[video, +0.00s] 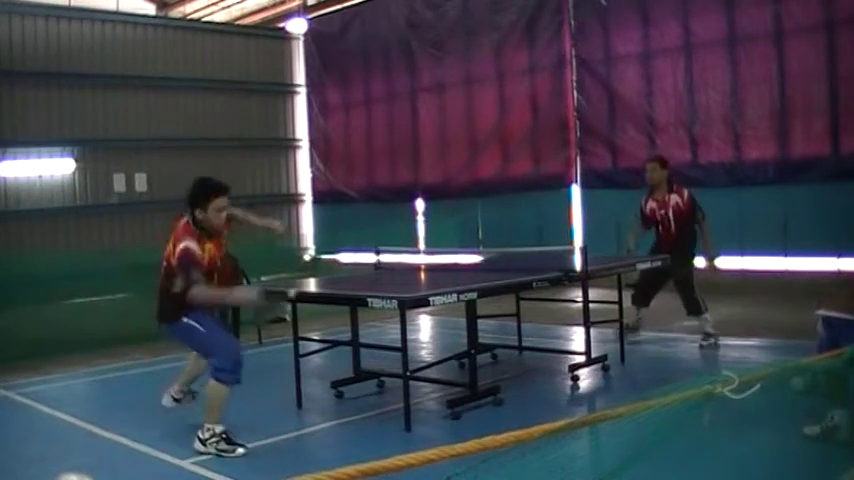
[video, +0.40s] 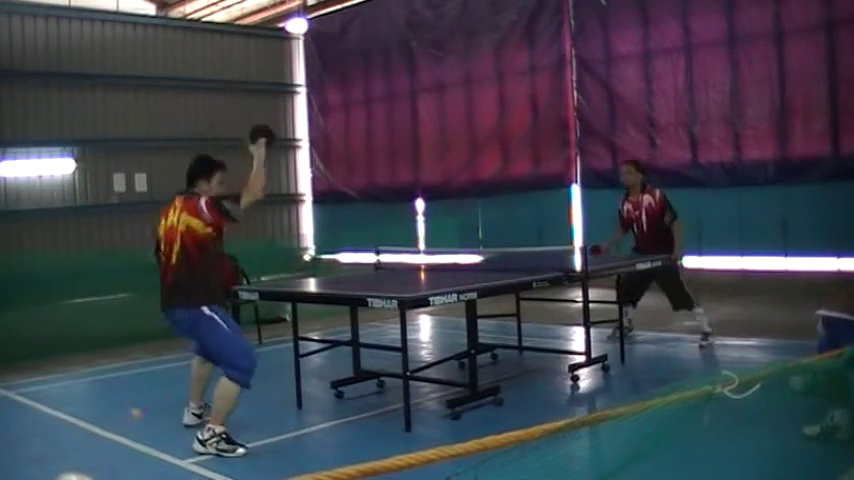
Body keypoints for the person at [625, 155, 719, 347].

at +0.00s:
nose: (649, 176)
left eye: (654, 171)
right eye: (647, 172)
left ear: (665, 172)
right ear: (646, 175)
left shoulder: (683, 195)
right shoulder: (648, 201)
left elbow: (701, 222)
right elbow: (644, 226)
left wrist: (708, 253)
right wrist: (633, 247)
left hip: (682, 251)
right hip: (660, 252)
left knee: (687, 291)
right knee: (643, 286)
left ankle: (708, 331)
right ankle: (637, 321)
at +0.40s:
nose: (624, 178)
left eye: (629, 173)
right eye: (622, 174)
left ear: (640, 175)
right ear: (621, 178)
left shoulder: (656, 196)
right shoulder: (626, 202)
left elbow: (674, 222)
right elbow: (622, 229)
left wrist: (677, 249)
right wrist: (607, 244)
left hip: (663, 254)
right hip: (641, 255)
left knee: (679, 293)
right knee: (625, 288)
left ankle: (705, 328)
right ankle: (625, 323)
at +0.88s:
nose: (643, 161)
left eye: (647, 157)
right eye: (640, 157)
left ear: (656, 159)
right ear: (637, 159)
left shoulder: (668, 185)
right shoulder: (632, 186)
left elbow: (676, 214)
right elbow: (629, 216)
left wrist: (660, 229)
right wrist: (626, 244)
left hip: (659, 245)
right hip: (636, 243)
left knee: (663, 285)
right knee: (630, 283)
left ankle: (674, 322)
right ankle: (626, 322)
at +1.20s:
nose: (663, 157)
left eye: (668, 153)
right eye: (662, 153)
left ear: (677, 157)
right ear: (660, 156)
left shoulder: (687, 183)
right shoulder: (655, 183)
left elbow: (691, 211)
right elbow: (649, 211)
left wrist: (670, 218)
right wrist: (643, 235)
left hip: (676, 238)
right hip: (654, 236)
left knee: (674, 277)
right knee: (648, 274)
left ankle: (676, 322)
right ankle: (648, 315)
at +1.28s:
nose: (668, 157)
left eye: (673, 153)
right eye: (667, 153)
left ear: (683, 157)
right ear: (665, 156)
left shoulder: (691, 183)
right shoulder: (658, 182)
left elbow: (696, 211)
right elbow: (651, 210)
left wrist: (676, 216)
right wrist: (643, 236)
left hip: (679, 239)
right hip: (658, 237)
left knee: (676, 277)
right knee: (656, 275)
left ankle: (676, 319)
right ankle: (663, 311)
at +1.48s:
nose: (676, 159)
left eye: (681, 155)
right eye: (674, 155)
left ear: (689, 158)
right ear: (670, 158)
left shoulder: (700, 184)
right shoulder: (665, 184)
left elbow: (706, 211)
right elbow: (657, 213)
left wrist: (688, 214)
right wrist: (649, 240)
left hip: (688, 235)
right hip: (667, 234)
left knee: (682, 271)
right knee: (670, 270)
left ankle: (678, 317)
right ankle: (691, 306)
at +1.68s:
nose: (683, 162)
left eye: (687, 158)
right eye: (681, 158)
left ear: (695, 161)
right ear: (678, 162)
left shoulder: (708, 187)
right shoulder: (674, 190)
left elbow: (715, 211)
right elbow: (669, 217)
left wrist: (700, 215)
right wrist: (663, 247)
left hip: (700, 236)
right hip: (681, 236)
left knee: (691, 273)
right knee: (692, 273)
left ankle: (684, 315)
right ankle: (705, 310)